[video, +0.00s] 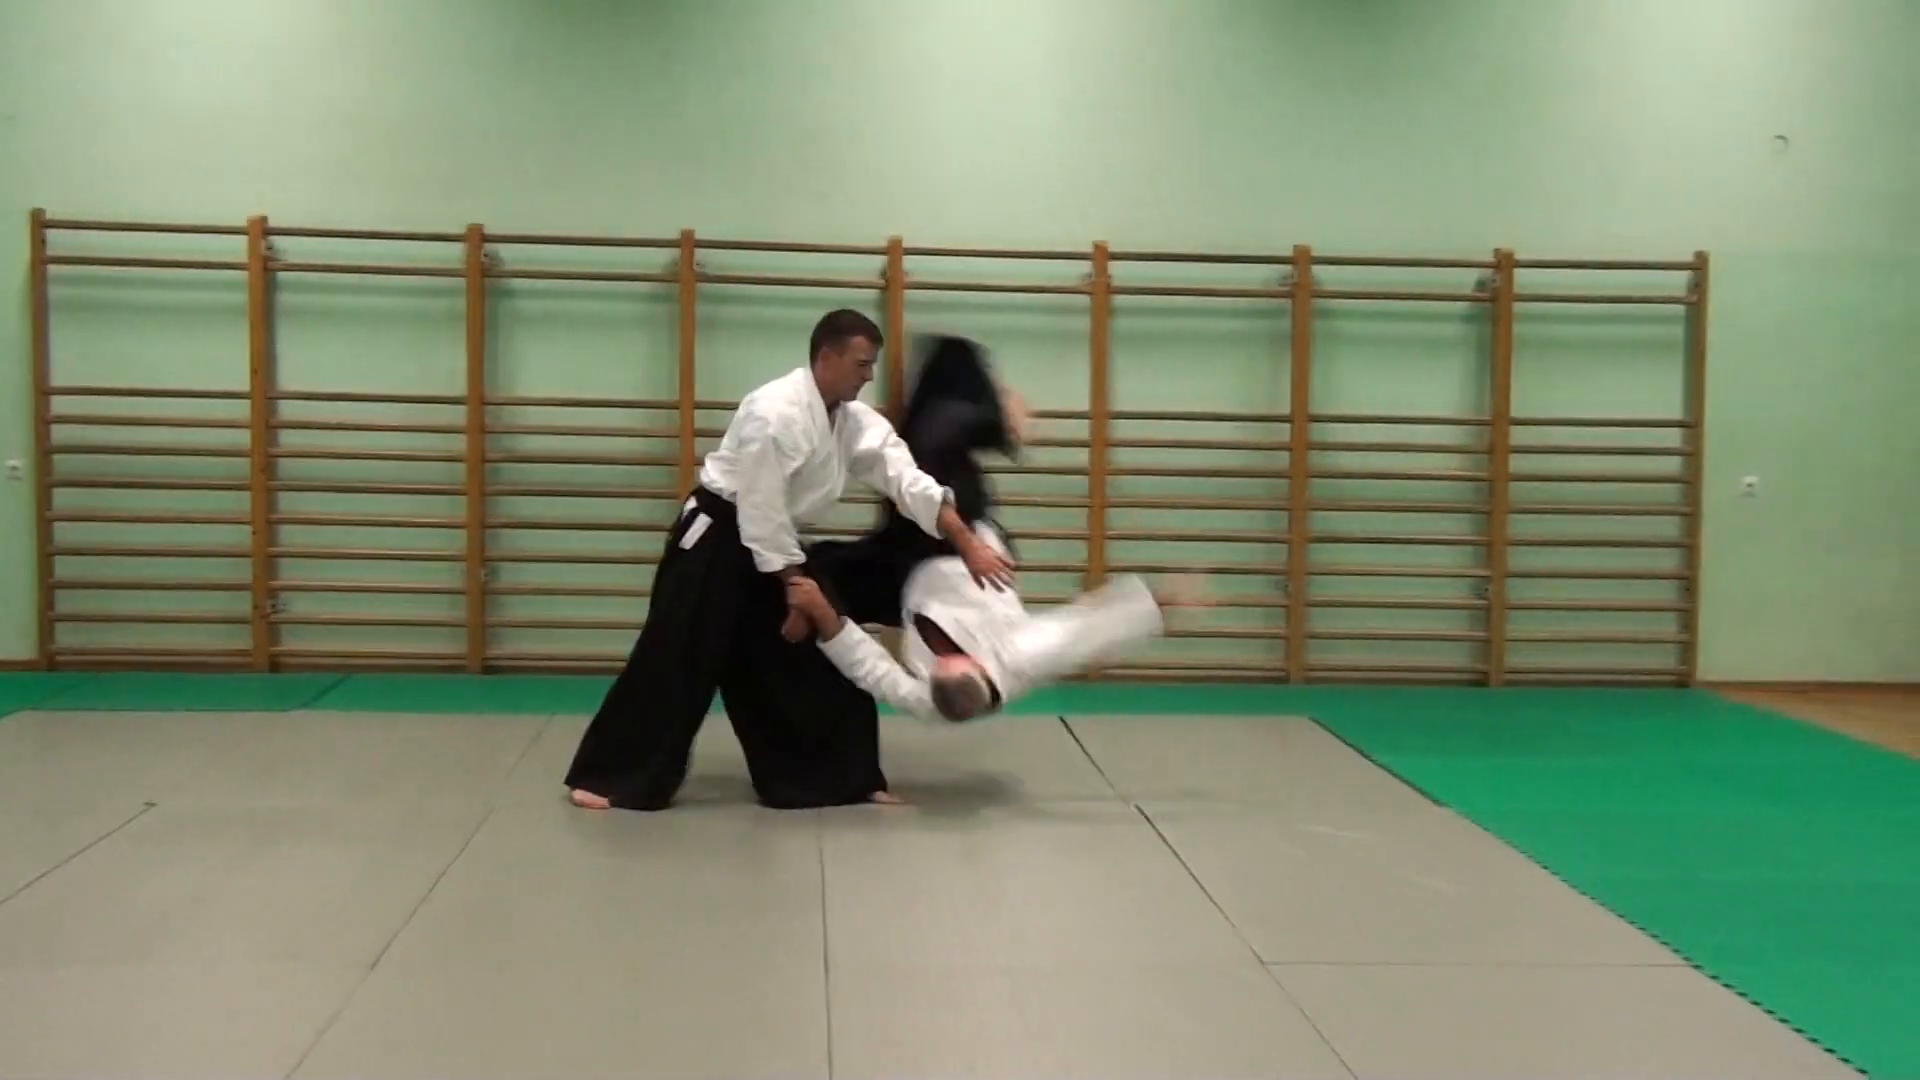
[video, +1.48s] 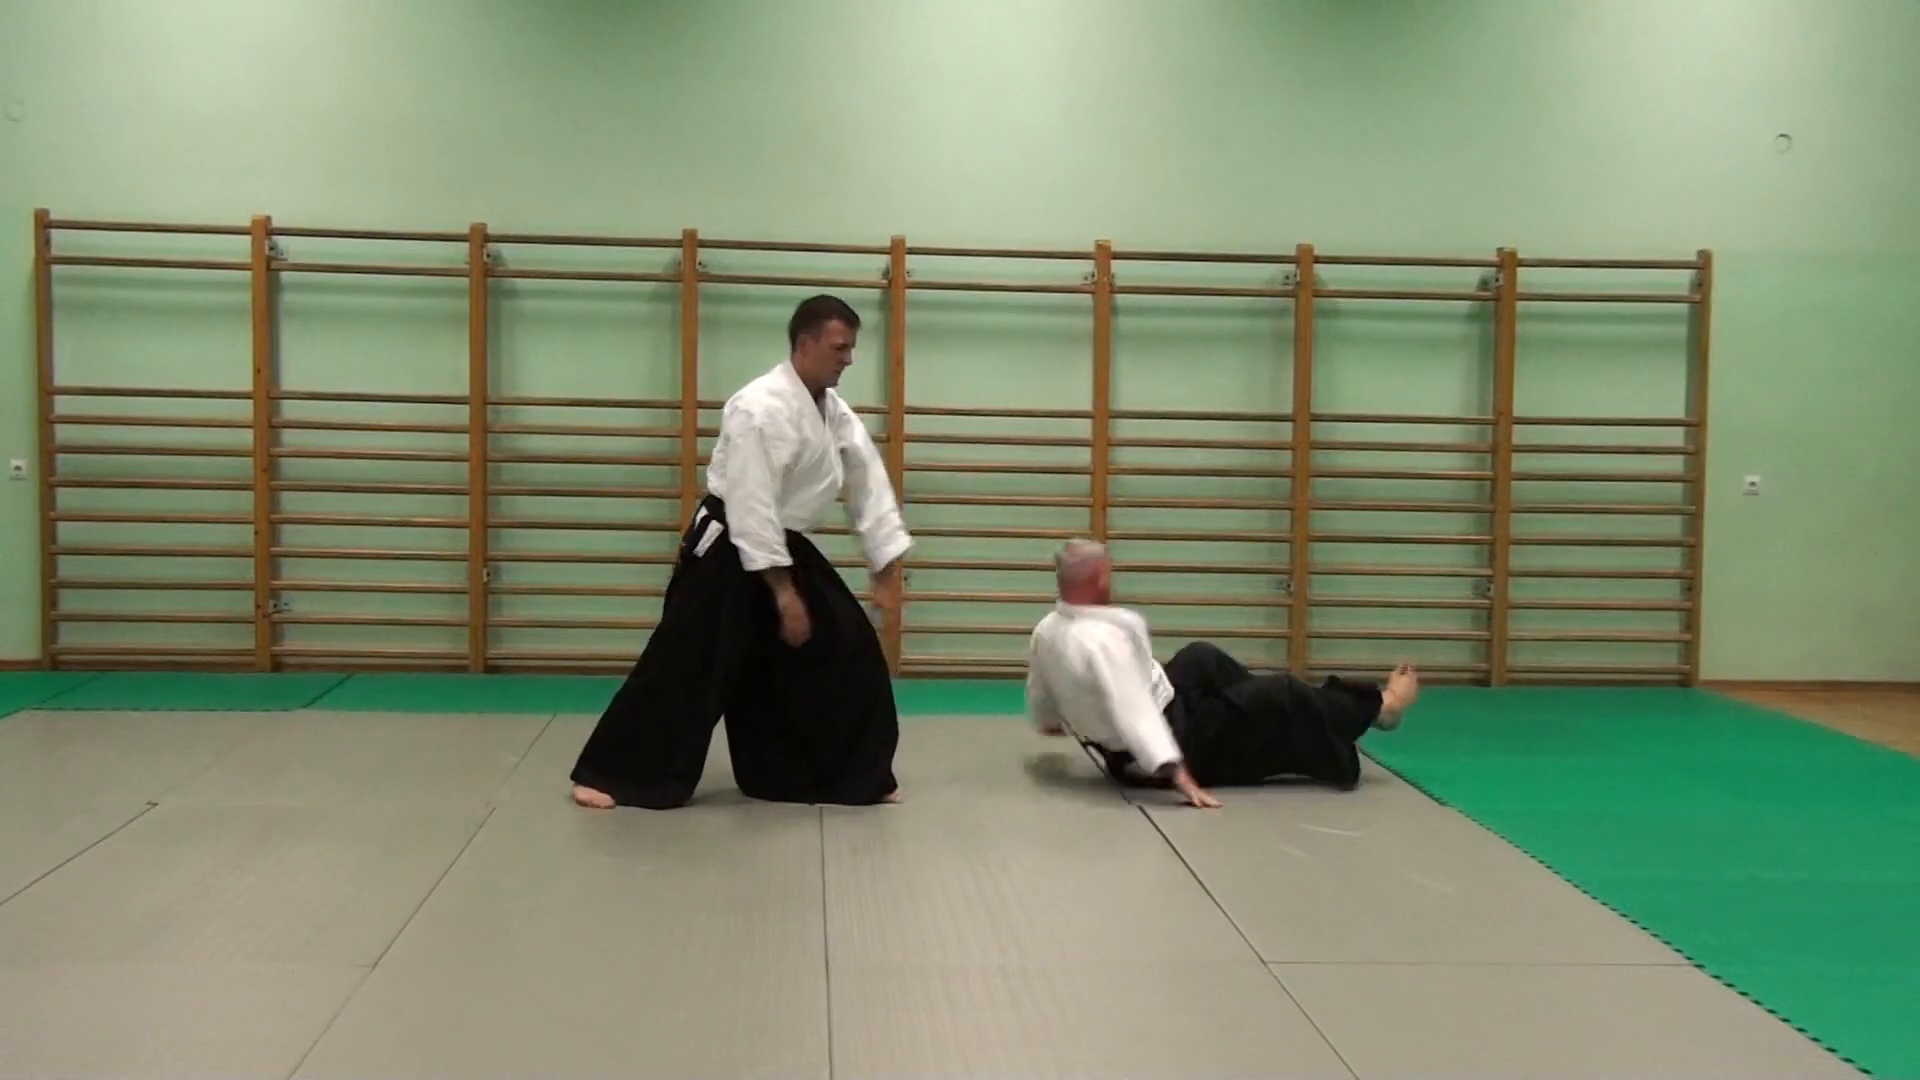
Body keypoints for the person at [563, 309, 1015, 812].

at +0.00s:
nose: (868, 374)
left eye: (872, 364)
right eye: (861, 362)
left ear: (849, 364)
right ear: (826, 357)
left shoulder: (852, 416)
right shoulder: (772, 412)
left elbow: (900, 471)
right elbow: (761, 509)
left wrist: (961, 535)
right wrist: (795, 582)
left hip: (778, 542)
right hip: (718, 536)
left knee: (821, 657)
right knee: (675, 657)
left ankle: (848, 779)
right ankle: (603, 777)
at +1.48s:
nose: (848, 357)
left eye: (851, 348)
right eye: (840, 346)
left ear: (833, 349)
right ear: (805, 343)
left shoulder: (835, 413)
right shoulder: (758, 407)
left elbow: (868, 485)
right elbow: (750, 507)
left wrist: (887, 566)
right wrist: (784, 588)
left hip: (787, 545)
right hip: (727, 545)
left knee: (851, 644)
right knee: (683, 659)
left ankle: (858, 773)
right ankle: (604, 772)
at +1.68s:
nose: (785, 341)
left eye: (788, 331)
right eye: (775, 330)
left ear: (786, 333)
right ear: (739, 329)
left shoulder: (783, 403)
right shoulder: (699, 398)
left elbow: (804, 485)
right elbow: (681, 494)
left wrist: (807, 565)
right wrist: (700, 581)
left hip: (756, 545)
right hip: (695, 543)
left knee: (814, 654)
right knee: (666, 665)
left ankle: (852, 774)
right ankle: (601, 775)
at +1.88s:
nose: (719, 314)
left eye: (721, 305)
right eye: (709, 304)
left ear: (715, 308)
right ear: (672, 307)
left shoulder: (718, 377)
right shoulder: (636, 377)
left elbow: (739, 463)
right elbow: (617, 474)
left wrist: (737, 542)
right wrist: (637, 560)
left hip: (700, 528)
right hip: (641, 524)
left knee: (737, 646)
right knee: (628, 654)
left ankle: (784, 766)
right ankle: (598, 776)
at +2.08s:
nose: (682, 301)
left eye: (684, 291)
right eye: (671, 291)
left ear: (675, 296)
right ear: (636, 294)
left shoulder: (683, 366)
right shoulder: (604, 366)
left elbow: (702, 452)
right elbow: (588, 462)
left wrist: (702, 531)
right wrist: (607, 549)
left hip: (672, 517)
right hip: (616, 516)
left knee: (697, 640)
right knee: (607, 645)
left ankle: (707, 769)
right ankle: (587, 774)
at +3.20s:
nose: (651, 298)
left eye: (652, 289)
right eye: (640, 288)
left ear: (645, 295)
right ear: (602, 293)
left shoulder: (649, 363)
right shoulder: (569, 366)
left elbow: (680, 444)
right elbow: (578, 462)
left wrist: (718, 502)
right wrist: (648, 489)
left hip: (642, 520)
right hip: (585, 523)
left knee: (668, 637)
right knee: (589, 645)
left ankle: (678, 768)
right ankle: (581, 775)